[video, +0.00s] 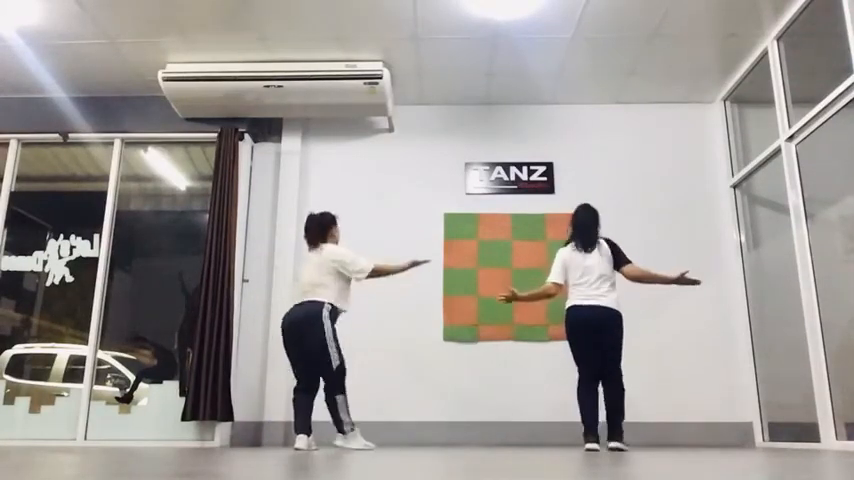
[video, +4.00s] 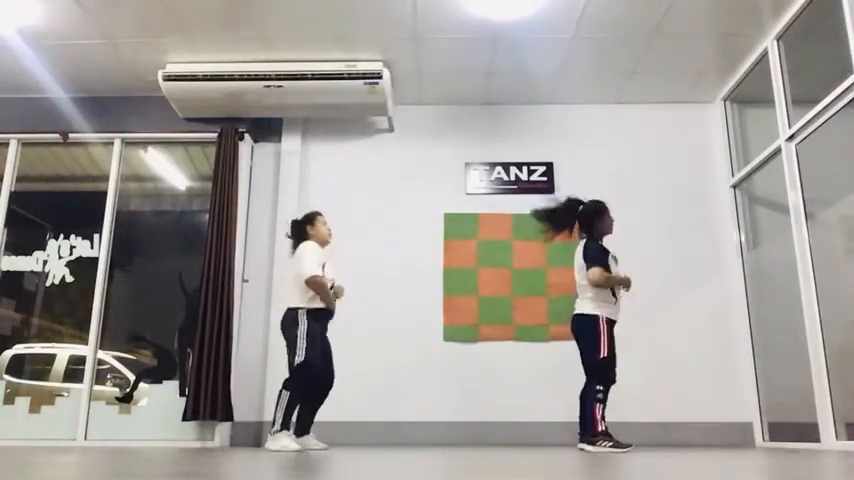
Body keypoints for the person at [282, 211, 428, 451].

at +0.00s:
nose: (339, 232)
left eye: (337, 228)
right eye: (336, 228)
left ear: (313, 234)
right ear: (330, 231)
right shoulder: (334, 253)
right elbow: (369, 270)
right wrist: (404, 266)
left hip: (293, 319)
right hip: (318, 316)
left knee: (306, 378)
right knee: (334, 374)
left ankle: (302, 436)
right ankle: (347, 434)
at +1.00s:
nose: (344, 235)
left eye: (343, 230)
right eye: (340, 230)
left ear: (327, 232)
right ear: (326, 232)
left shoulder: (329, 259)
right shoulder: (315, 254)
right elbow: (312, 273)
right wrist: (297, 266)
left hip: (325, 323)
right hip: (312, 322)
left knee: (328, 380)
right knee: (337, 373)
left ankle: (298, 433)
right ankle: (355, 433)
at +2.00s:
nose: (328, 224)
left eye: (327, 220)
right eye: (324, 219)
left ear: (312, 221)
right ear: (311, 220)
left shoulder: (316, 247)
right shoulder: (303, 240)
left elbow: (340, 284)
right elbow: (315, 264)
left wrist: (337, 265)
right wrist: (350, 254)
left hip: (316, 307)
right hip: (302, 305)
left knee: (307, 369)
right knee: (294, 367)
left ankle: (297, 432)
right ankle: (281, 432)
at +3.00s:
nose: (278, 240)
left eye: (272, 240)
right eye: (273, 243)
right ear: (275, 254)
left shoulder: (299, 261)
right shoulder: (288, 265)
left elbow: (322, 273)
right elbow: (313, 283)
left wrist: (335, 280)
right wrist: (336, 291)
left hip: (325, 321)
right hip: (315, 322)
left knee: (338, 379)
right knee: (335, 371)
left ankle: (298, 428)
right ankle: (295, 427)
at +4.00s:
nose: (329, 229)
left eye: (328, 224)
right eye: (324, 225)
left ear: (315, 230)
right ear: (311, 230)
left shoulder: (319, 254)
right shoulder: (308, 248)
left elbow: (321, 284)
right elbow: (312, 279)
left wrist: (333, 289)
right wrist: (330, 301)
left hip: (316, 319)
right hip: (301, 316)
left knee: (324, 376)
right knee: (300, 372)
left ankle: (302, 433)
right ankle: (278, 434)